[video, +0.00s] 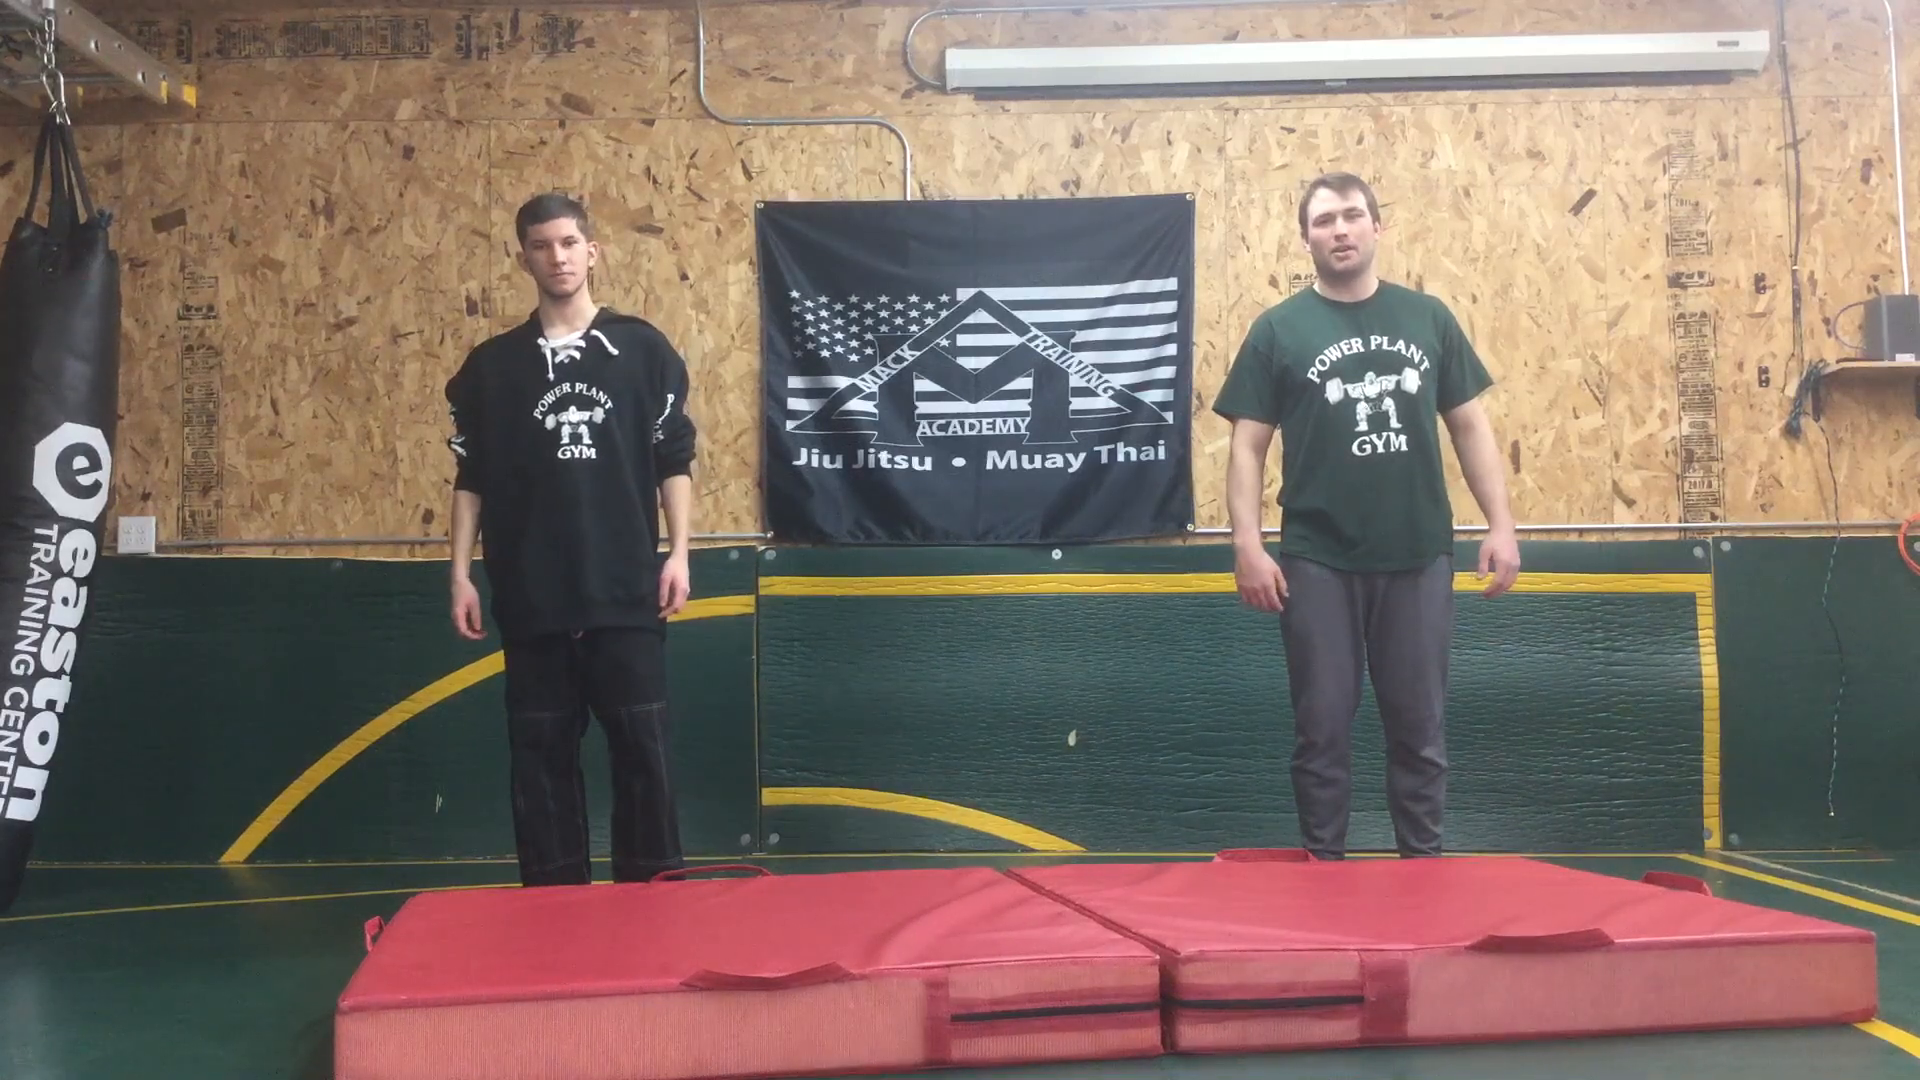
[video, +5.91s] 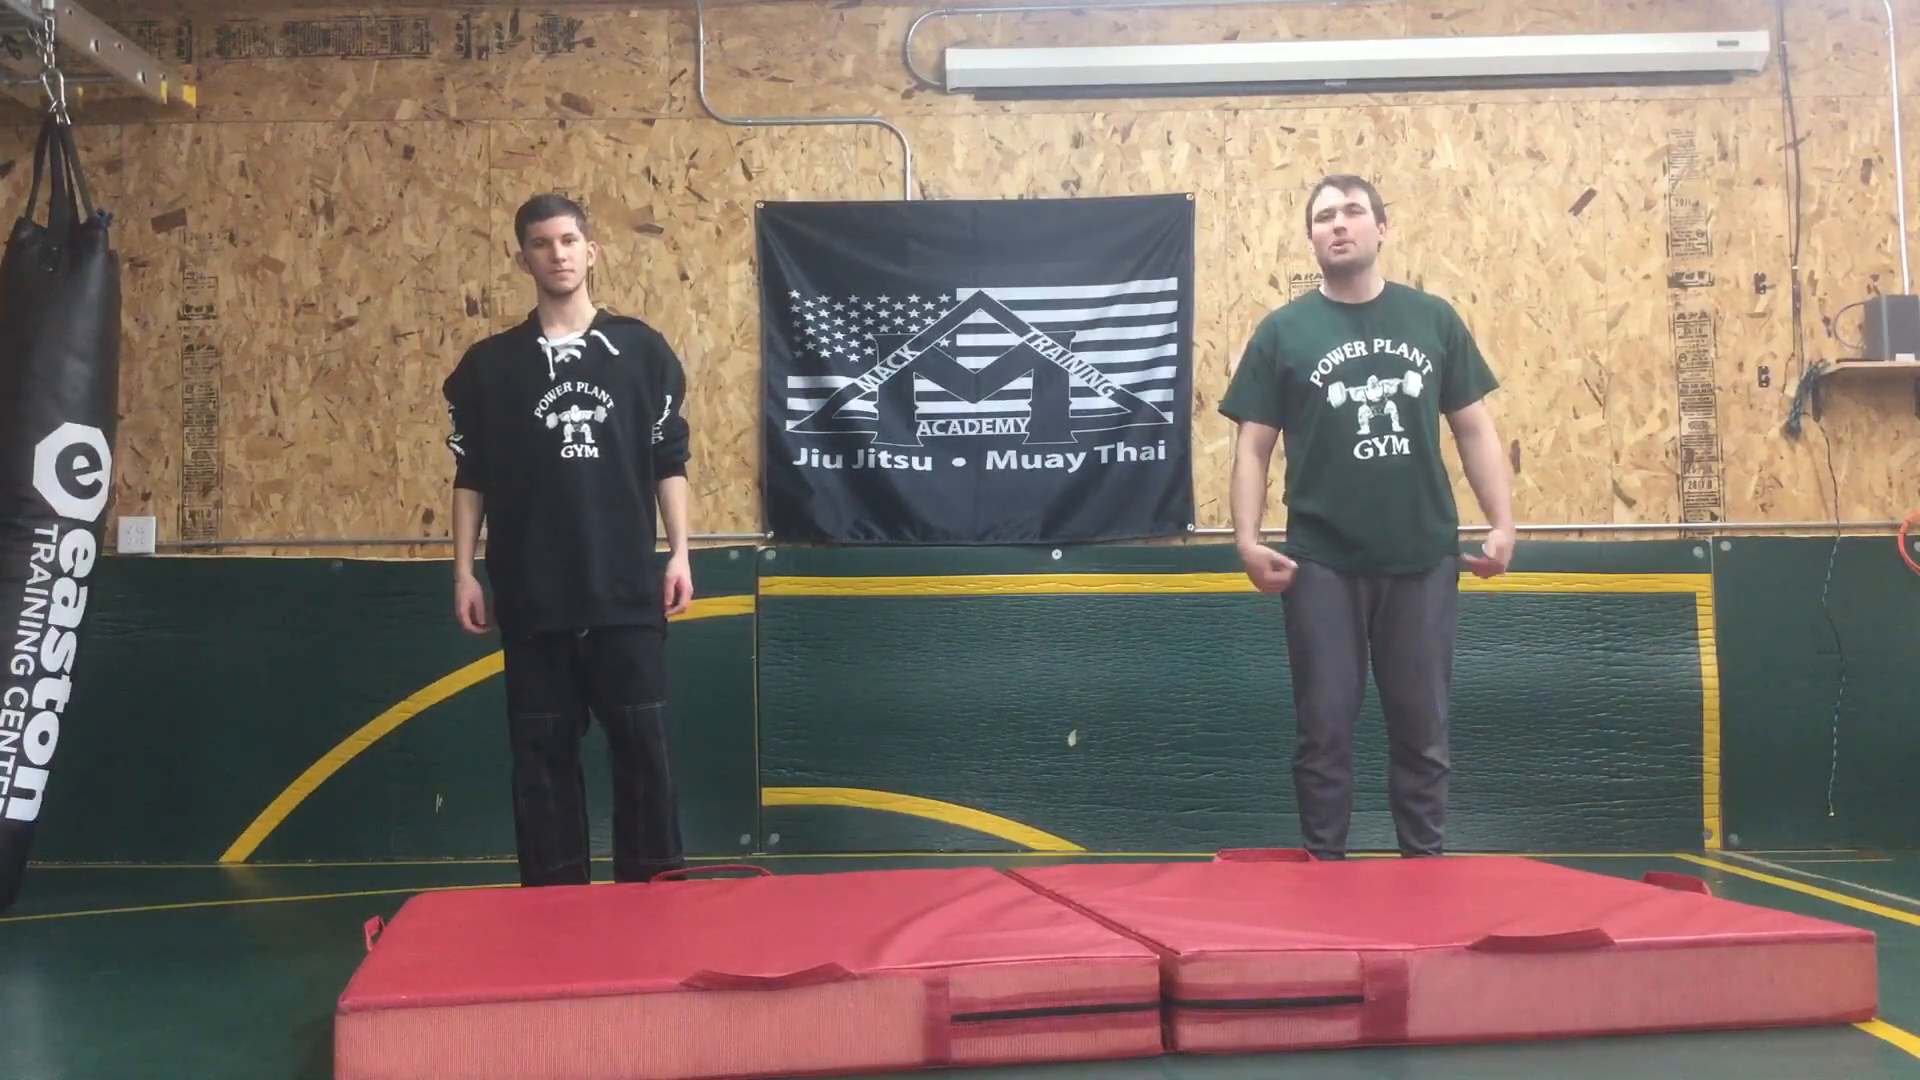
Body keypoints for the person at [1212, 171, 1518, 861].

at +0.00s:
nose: (1340, 229)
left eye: (1351, 216)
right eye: (1324, 221)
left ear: (1377, 228)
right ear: (1306, 240)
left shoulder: (1426, 317)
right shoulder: (1278, 330)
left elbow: (1468, 424)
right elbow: (1248, 445)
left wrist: (1501, 525)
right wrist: (1248, 545)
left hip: (1417, 554)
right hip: (1317, 556)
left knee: (1419, 725)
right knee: (1322, 723)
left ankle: (1423, 869)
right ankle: (1323, 870)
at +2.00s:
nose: (1333, 243)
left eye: (1344, 227)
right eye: (1317, 234)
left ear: (1373, 230)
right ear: (1302, 246)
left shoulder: (1428, 320)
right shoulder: (1277, 335)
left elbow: (1468, 425)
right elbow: (1248, 451)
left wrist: (1496, 527)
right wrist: (1246, 552)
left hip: (1417, 557)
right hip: (1317, 559)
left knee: (1419, 729)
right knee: (1322, 727)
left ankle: (1423, 871)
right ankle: (1322, 873)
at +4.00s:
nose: (1349, 241)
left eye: (1363, 228)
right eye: (1335, 229)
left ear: (1386, 236)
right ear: (1315, 238)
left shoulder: (1432, 322)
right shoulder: (1281, 331)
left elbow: (1470, 431)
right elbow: (1250, 448)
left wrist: (1498, 531)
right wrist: (1245, 549)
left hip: (1419, 558)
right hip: (1319, 559)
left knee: (1420, 728)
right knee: (1323, 726)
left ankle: (1423, 869)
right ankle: (1323, 870)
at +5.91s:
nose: (1337, 224)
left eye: (1351, 212)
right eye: (1324, 218)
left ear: (1382, 230)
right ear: (1310, 241)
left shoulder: (1433, 319)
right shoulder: (1282, 332)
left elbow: (1473, 427)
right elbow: (1253, 447)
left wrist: (1502, 523)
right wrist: (1247, 539)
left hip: (1422, 554)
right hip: (1321, 556)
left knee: (1422, 726)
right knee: (1324, 724)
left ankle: (1423, 868)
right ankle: (1323, 870)